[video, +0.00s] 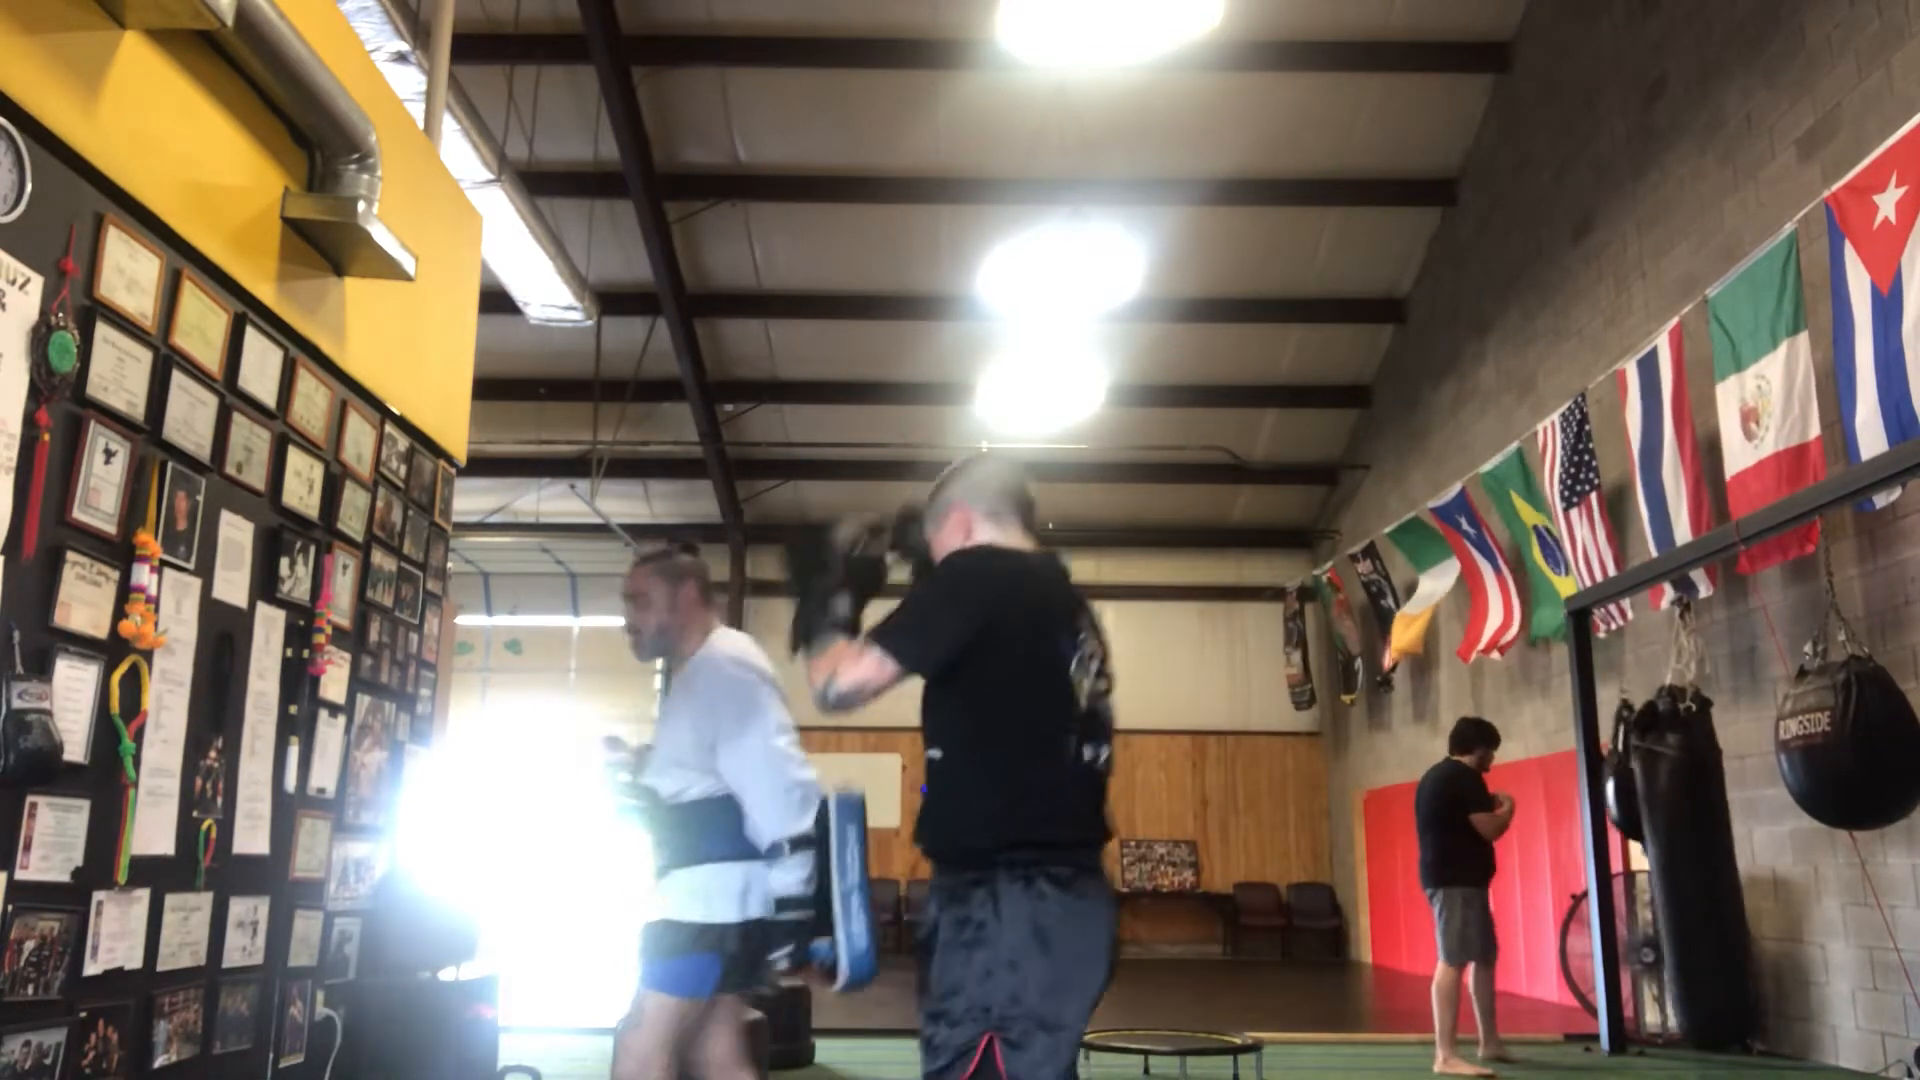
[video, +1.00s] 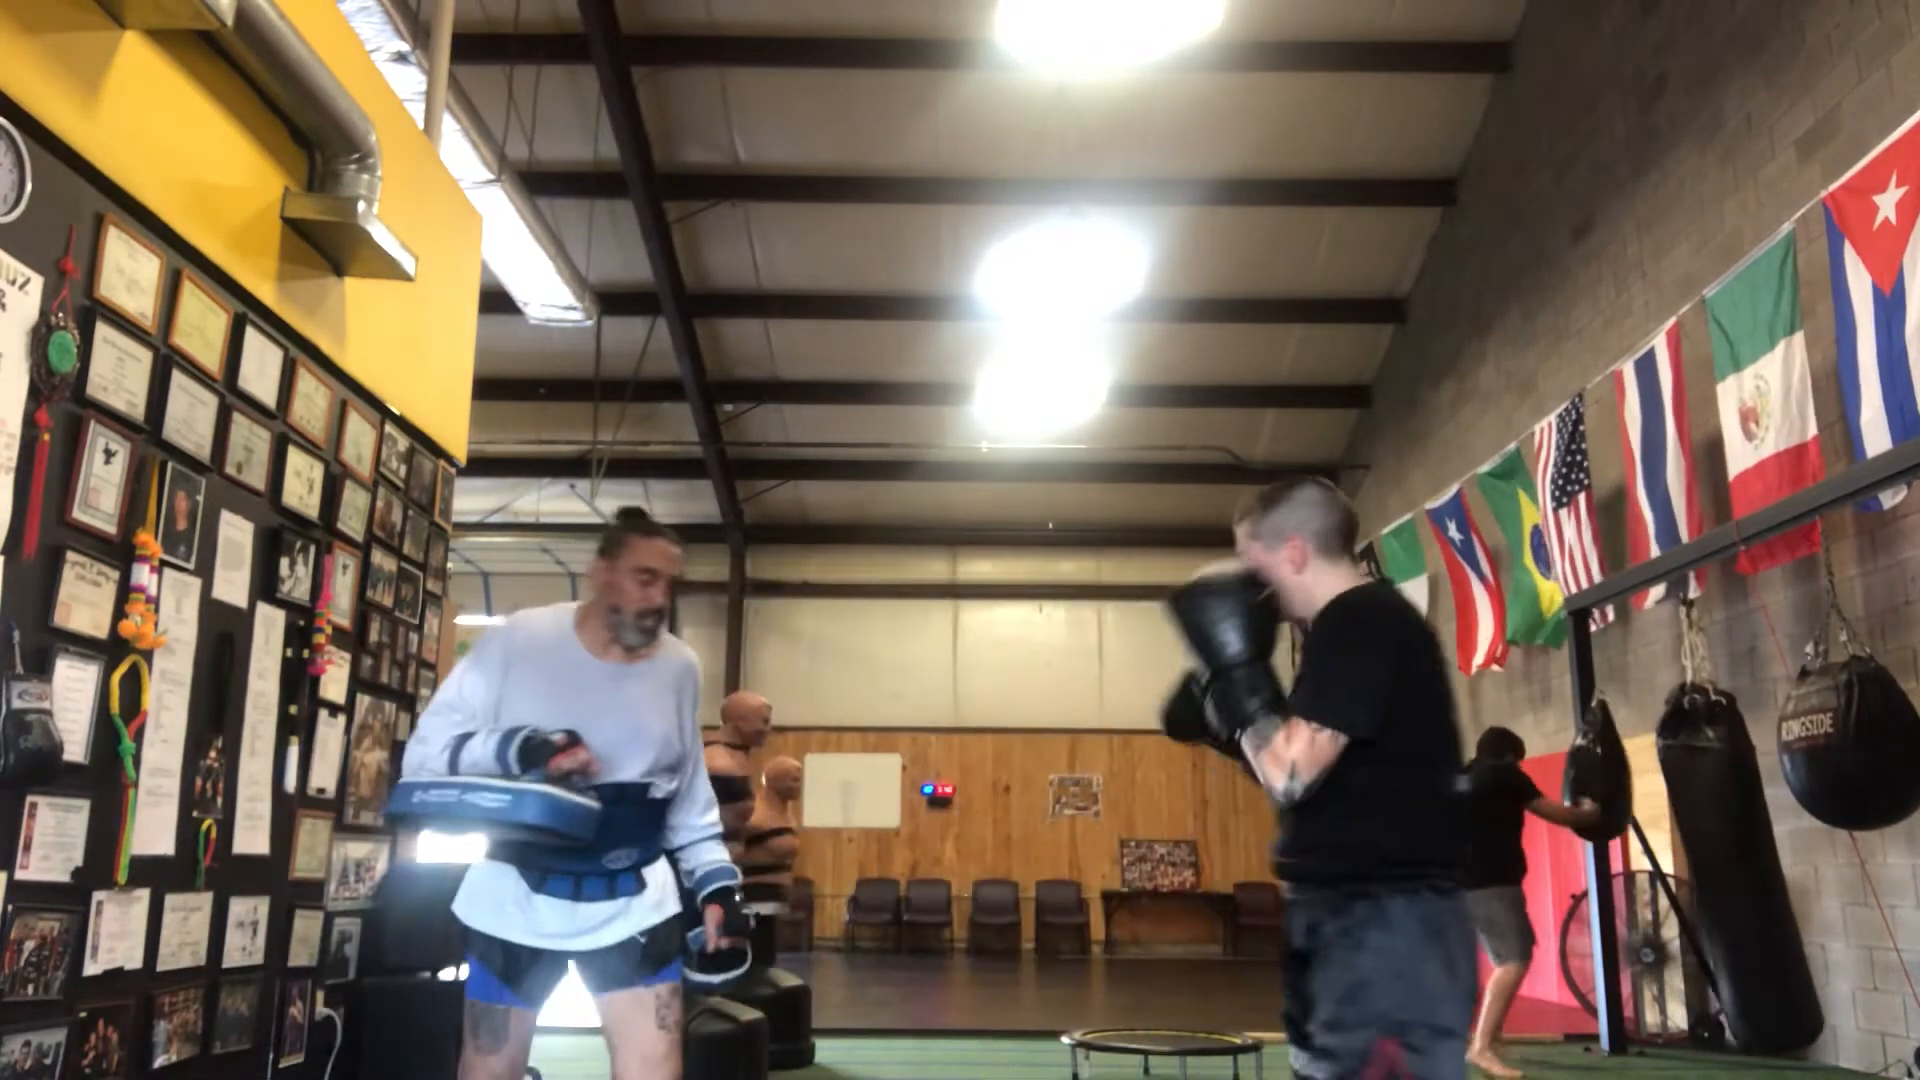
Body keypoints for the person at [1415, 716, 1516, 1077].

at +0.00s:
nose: (1492, 762)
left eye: (1493, 754)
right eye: (1490, 753)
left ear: (1458, 747)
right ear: (1475, 749)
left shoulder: (1435, 777)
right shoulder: (1463, 777)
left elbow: (1473, 826)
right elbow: (1489, 829)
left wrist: (1497, 808)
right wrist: (1507, 808)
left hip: (1464, 883)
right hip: (1455, 884)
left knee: (1483, 958)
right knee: (1451, 963)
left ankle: (1489, 1044)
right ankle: (1444, 1056)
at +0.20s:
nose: (1497, 762)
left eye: (1498, 755)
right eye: (1495, 755)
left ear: (1463, 749)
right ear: (1481, 752)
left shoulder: (1447, 778)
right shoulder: (1473, 776)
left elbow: (1471, 826)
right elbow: (1495, 824)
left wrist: (1508, 815)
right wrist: (1519, 814)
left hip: (1467, 883)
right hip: (1465, 884)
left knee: (1488, 959)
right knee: (1466, 961)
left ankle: (1488, 1045)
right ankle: (1448, 1053)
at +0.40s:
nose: (1502, 762)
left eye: (1503, 756)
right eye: (1501, 755)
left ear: (1470, 746)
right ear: (1488, 750)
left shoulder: (1454, 774)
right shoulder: (1477, 772)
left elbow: (1485, 814)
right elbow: (1507, 815)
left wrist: (1513, 797)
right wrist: (1528, 800)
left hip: (1456, 878)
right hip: (1474, 877)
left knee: (1487, 957)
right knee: (1499, 951)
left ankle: (1484, 1040)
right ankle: (1471, 1040)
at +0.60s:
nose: (1506, 763)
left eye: (1508, 758)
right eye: (1506, 757)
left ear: (1473, 748)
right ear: (1495, 752)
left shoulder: (1453, 776)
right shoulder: (1485, 772)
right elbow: (1515, 817)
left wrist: (1516, 799)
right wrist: (1530, 800)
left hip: (1462, 880)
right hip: (1486, 878)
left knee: (1488, 960)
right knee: (1505, 954)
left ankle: (1485, 1043)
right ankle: (1483, 1044)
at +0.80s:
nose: (1514, 764)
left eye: (1515, 761)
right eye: (1513, 759)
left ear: (1475, 752)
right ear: (1507, 755)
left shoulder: (1447, 776)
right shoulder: (1507, 772)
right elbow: (1546, 801)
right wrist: (1588, 825)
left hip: (1457, 878)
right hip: (1496, 875)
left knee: (1486, 960)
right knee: (1512, 955)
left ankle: (1485, 1044)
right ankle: (1482, 1045)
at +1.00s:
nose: (1519, 764)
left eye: (1518, 759)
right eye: (1518, 759)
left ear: (1482, 752)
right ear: (1512, 756)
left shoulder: (1463, 778)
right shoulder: (1507, 776)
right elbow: (1550, 811)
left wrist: (1570, 815)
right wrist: (1584, 814)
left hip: (1462, 882)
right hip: (1492, 882)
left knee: (1508, 961)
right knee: (1513, 959)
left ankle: (1482, 1043)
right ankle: (1481, 1048)